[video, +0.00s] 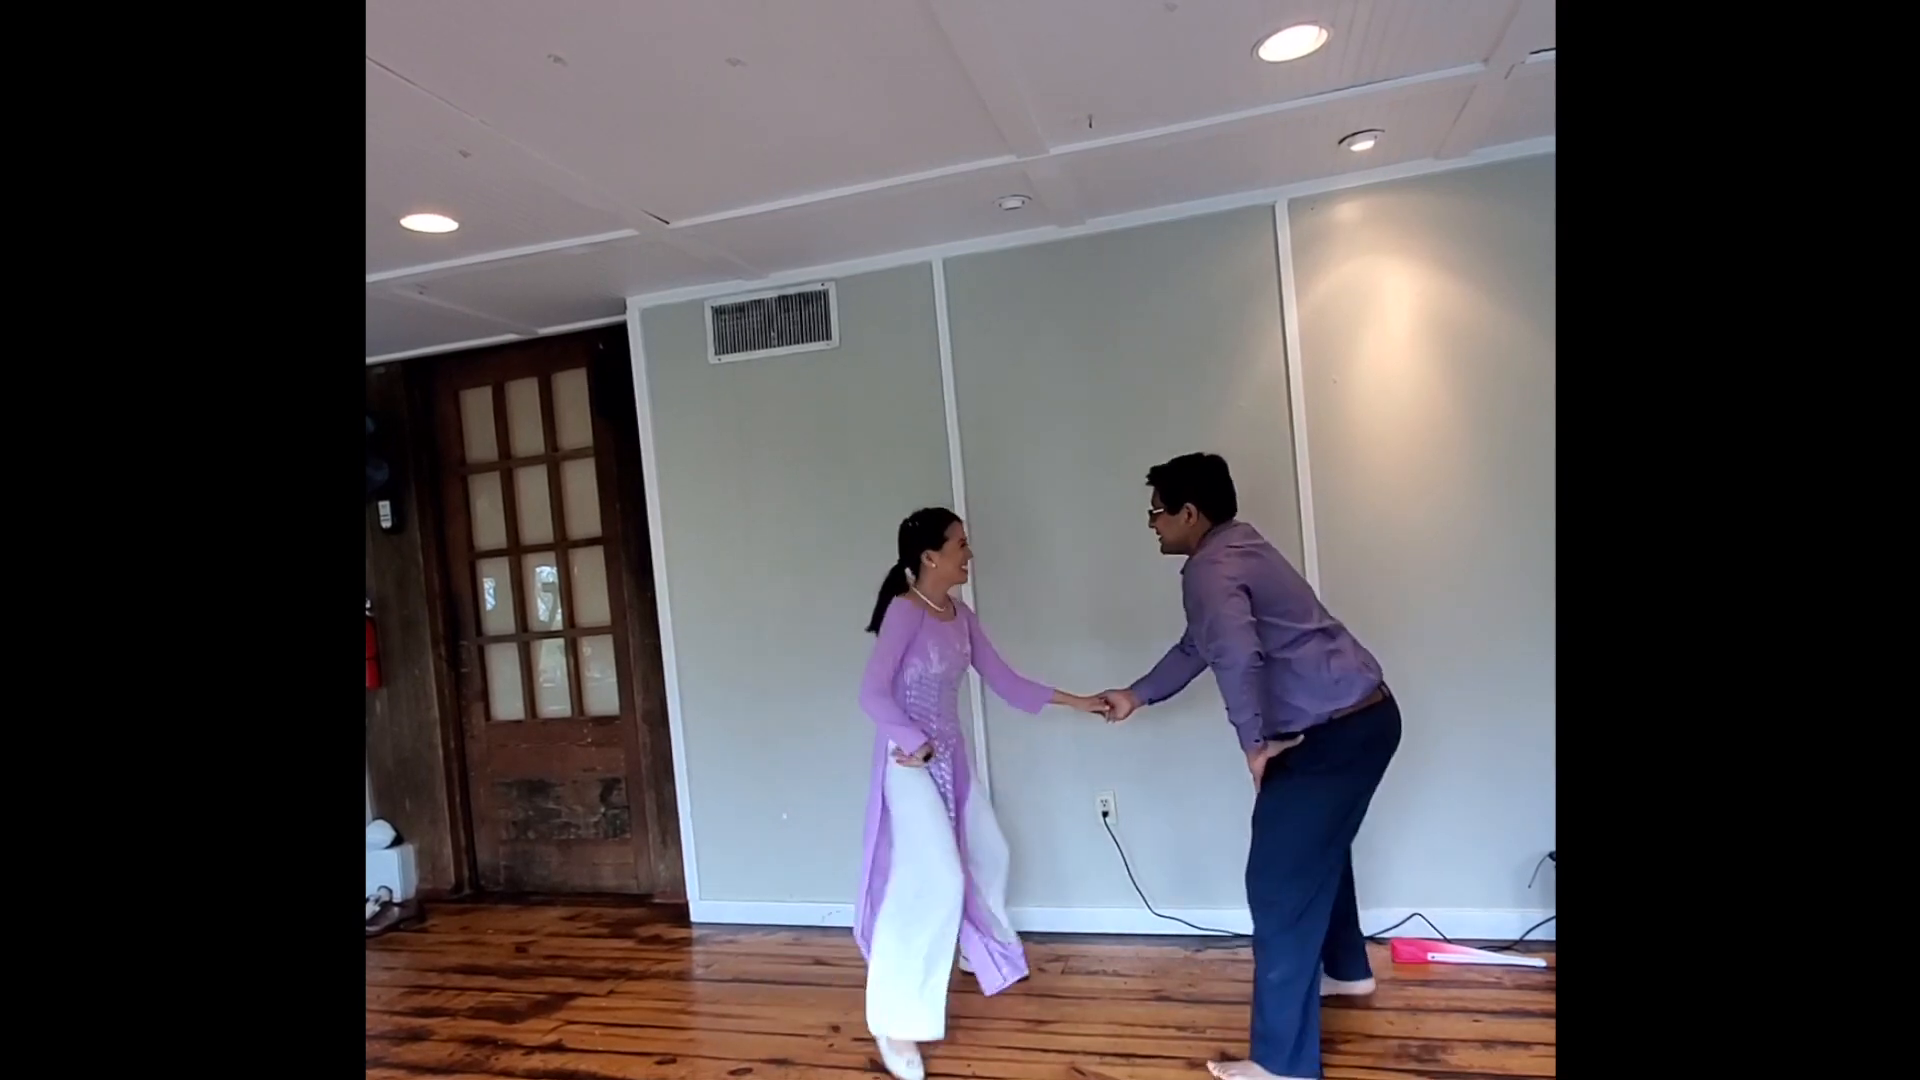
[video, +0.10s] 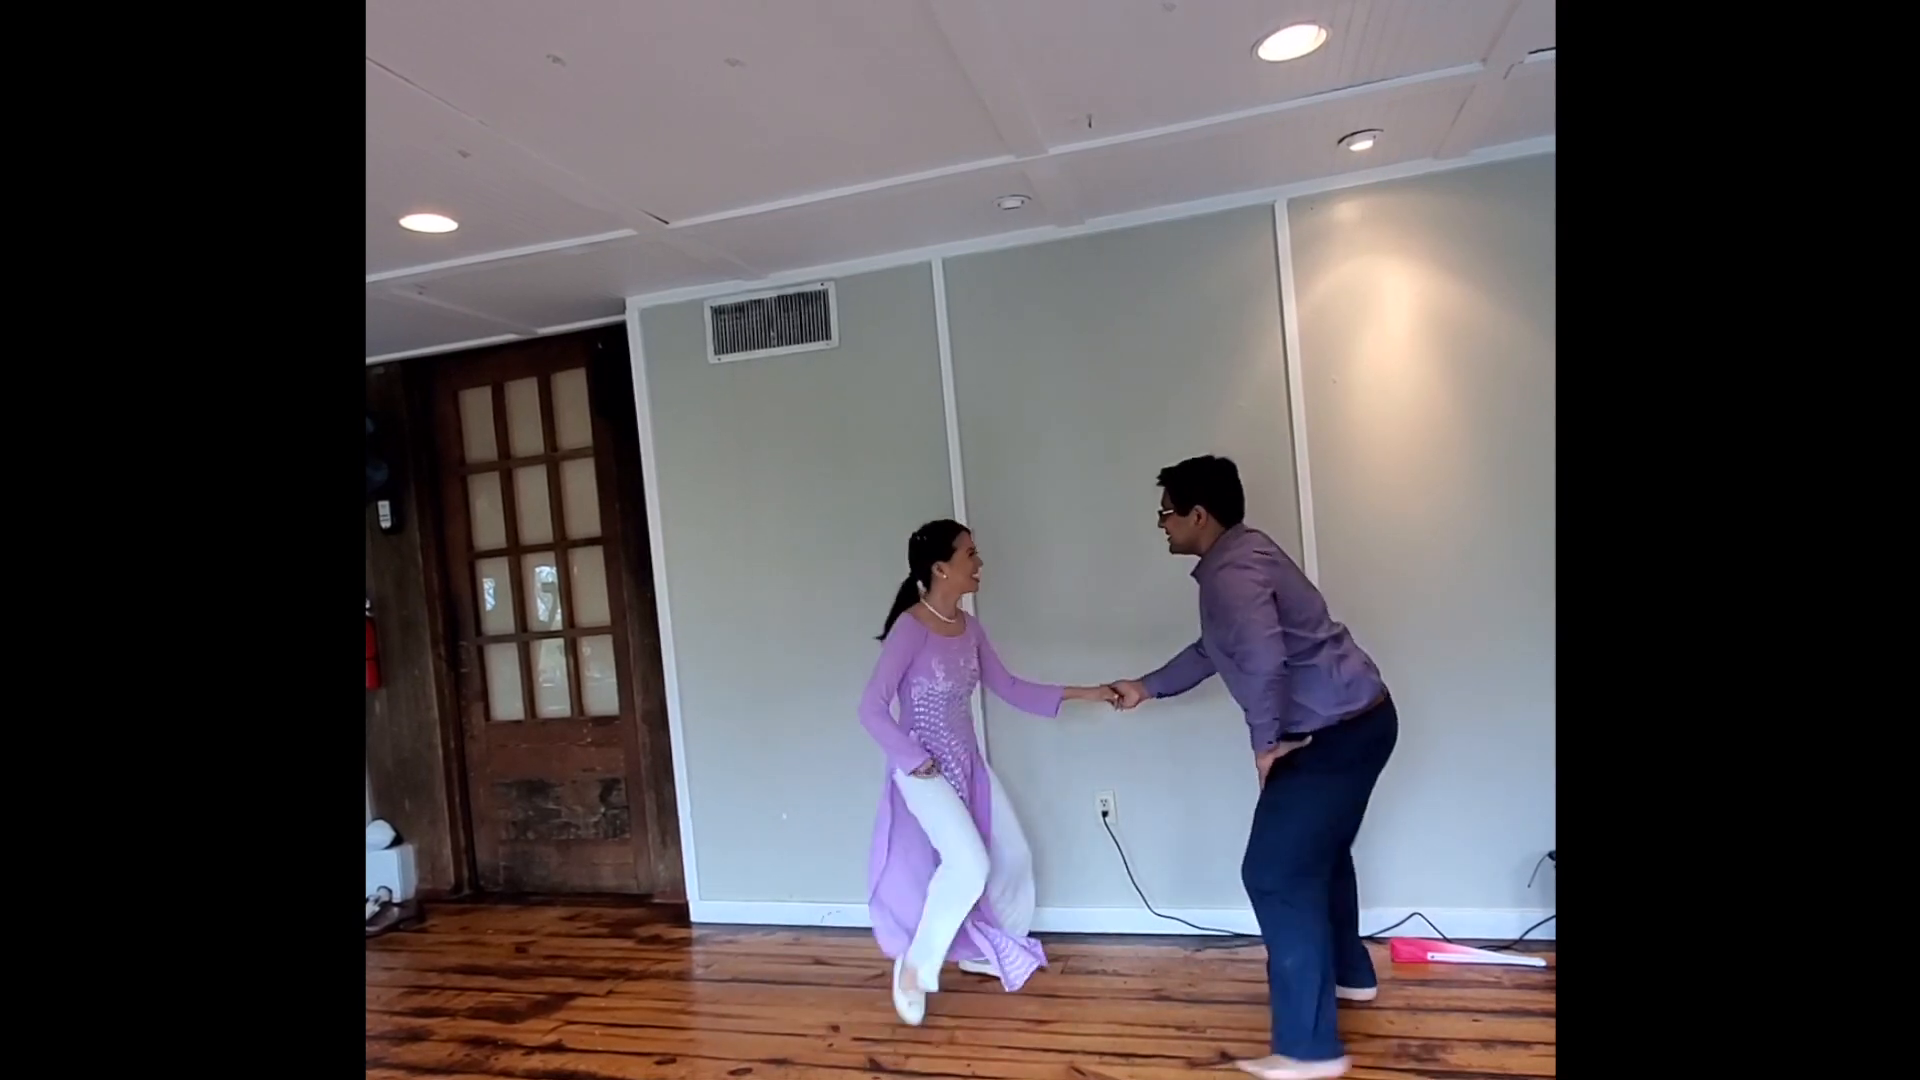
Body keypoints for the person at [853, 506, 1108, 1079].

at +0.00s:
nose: (969, 554)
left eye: (967, 545)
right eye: (960, 546)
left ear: (938, 556)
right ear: (929, 556)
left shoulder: (961, 615)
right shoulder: (906, 612)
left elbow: (1006, 682)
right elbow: (873, 690)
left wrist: (1077, 701)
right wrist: (906, 735)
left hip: (953, 756)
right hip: (909, 759)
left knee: (989, 853)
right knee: (935, 870)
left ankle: (988, 951)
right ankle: (893, 1020)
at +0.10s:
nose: (979, 562)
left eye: (976, 553)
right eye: (970, 555)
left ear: (947, 568)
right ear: (940, 568)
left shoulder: (969, 626)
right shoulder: (911, 627)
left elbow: (1008, 687)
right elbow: (871, 707)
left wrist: (1085, 693)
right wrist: (910, 755)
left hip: (968, 766)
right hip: (923, 769)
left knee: (1012, 855)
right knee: (969, 862)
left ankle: (977, 948)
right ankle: (913, 969)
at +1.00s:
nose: (959, 547)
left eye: (960, 540)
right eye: (950, 537)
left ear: (940, 549)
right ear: (915, 543)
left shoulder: (959, 611)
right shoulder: (870, 602)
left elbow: (993, 665)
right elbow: (838, 651)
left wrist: (1003, 687)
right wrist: (838, 706)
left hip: (950, 752)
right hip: (896, 757)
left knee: (965, 869)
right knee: (913, 874)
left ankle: (1003, 931)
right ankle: (961, 992)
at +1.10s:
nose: (944, 553)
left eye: (948, 548)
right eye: (935, 543)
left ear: (944, 561)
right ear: (901, 547)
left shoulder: (939, 613)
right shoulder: (861, 605)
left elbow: (967, 642)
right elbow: (839, 654)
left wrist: (980, 659)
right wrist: (833, 705)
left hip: (932, 752)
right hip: (888, 756)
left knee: (929, 885)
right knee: (909, 884)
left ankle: (1008, 894)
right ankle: (957, 995)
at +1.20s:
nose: (923, 547)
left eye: (932, 544)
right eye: (915, 534)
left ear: (932, 560)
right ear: (885, 542)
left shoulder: (923, 610)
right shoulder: (857, 600)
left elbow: (954, 655)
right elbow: (850, 657)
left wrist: (940, 643)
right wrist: (836, 699)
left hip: (918, 750)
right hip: (882, 751)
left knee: (865, 875)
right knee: (913, 871)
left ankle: (964, 950)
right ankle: (953, 996)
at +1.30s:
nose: (899, 539)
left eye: (911, 538)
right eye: (892, 527)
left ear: (916, 554)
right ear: (869, 532)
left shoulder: (902, 601)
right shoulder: (853, 594)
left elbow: (869, 629)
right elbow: (869, 659)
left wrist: (816, 603)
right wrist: (849, 690)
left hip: (898, 747)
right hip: (878, 744)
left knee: (847, 884)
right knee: (911, 872)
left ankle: (881, 1012)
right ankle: (957, 992)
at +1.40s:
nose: (861, 535)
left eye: (878, 533)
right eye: (859, 525)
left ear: (895, 554)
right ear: (849, 534)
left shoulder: (866, 600)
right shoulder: (888, 605)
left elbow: (793, 642)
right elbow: (900, 665)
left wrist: (735, 618)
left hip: (870, 744)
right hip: (895, 742)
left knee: (857, 874)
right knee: (908, 871)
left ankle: (848, 1016)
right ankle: (953, 994)